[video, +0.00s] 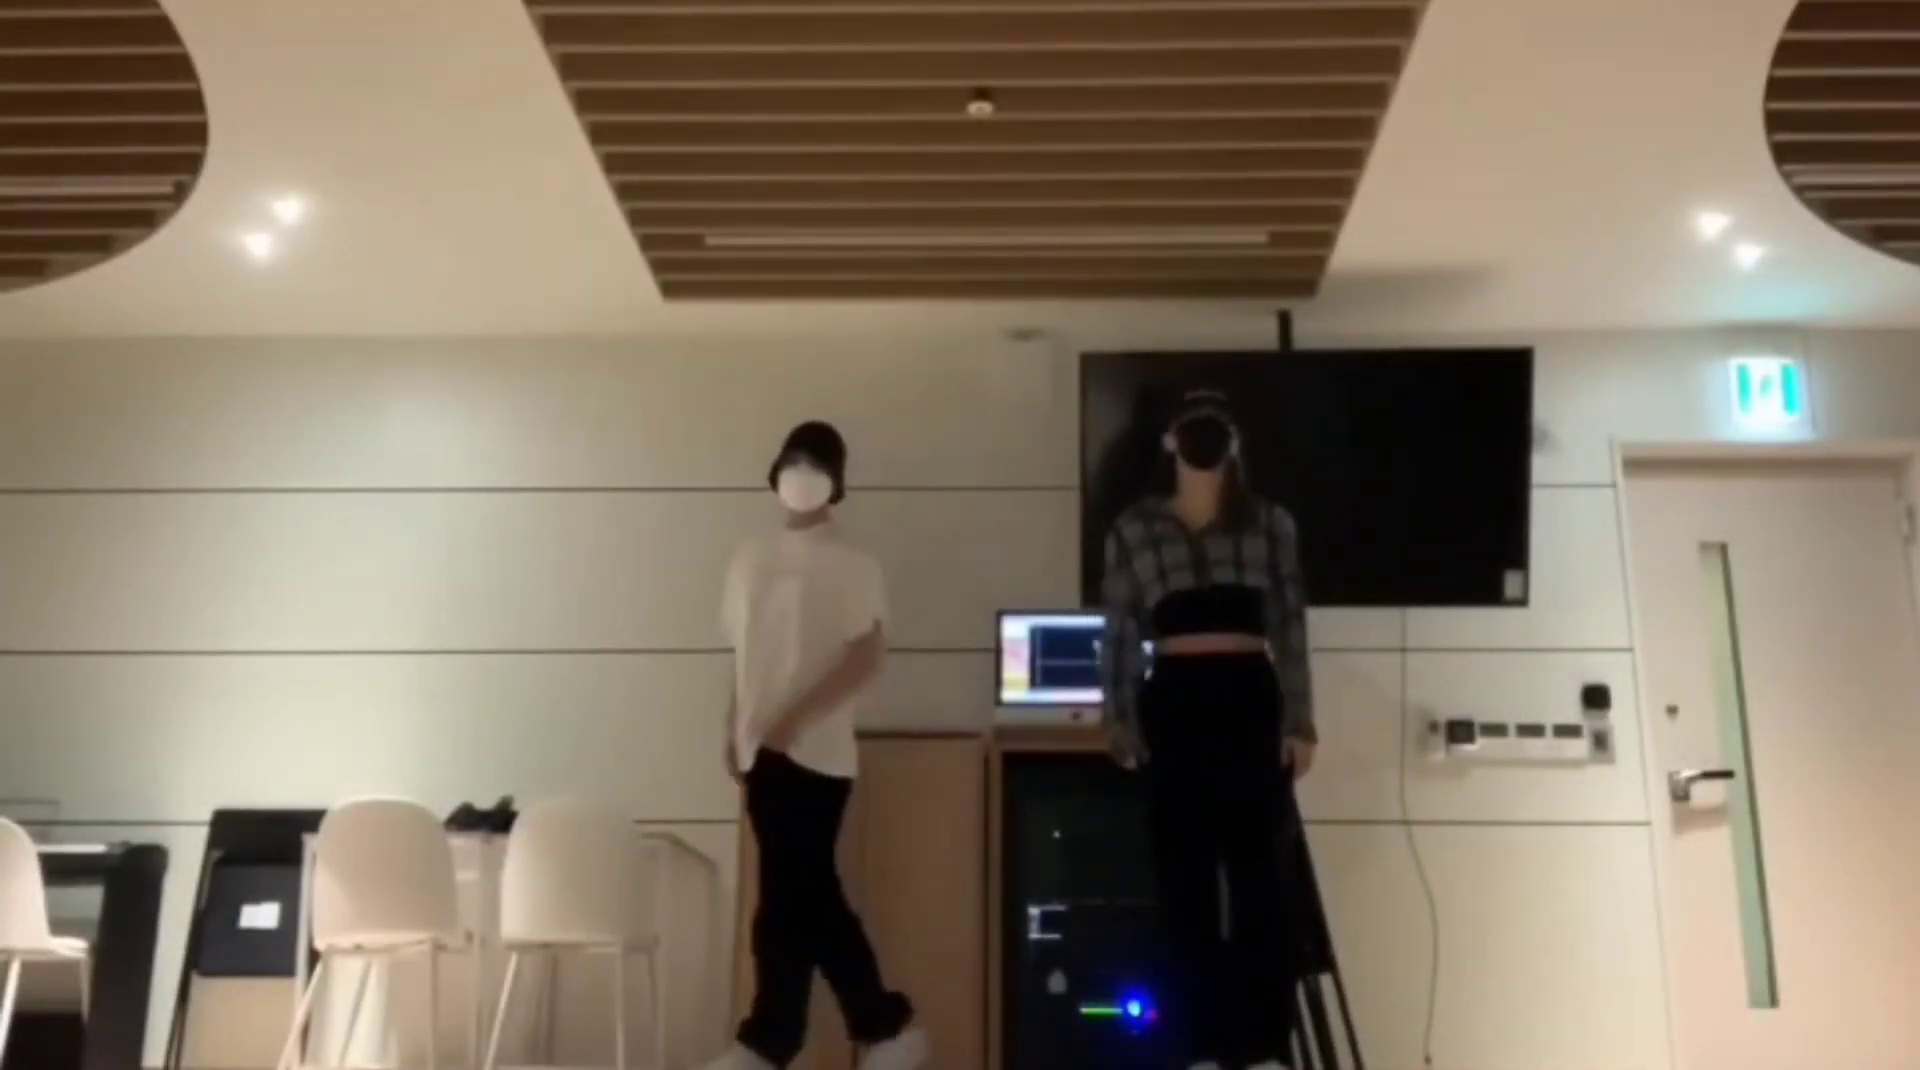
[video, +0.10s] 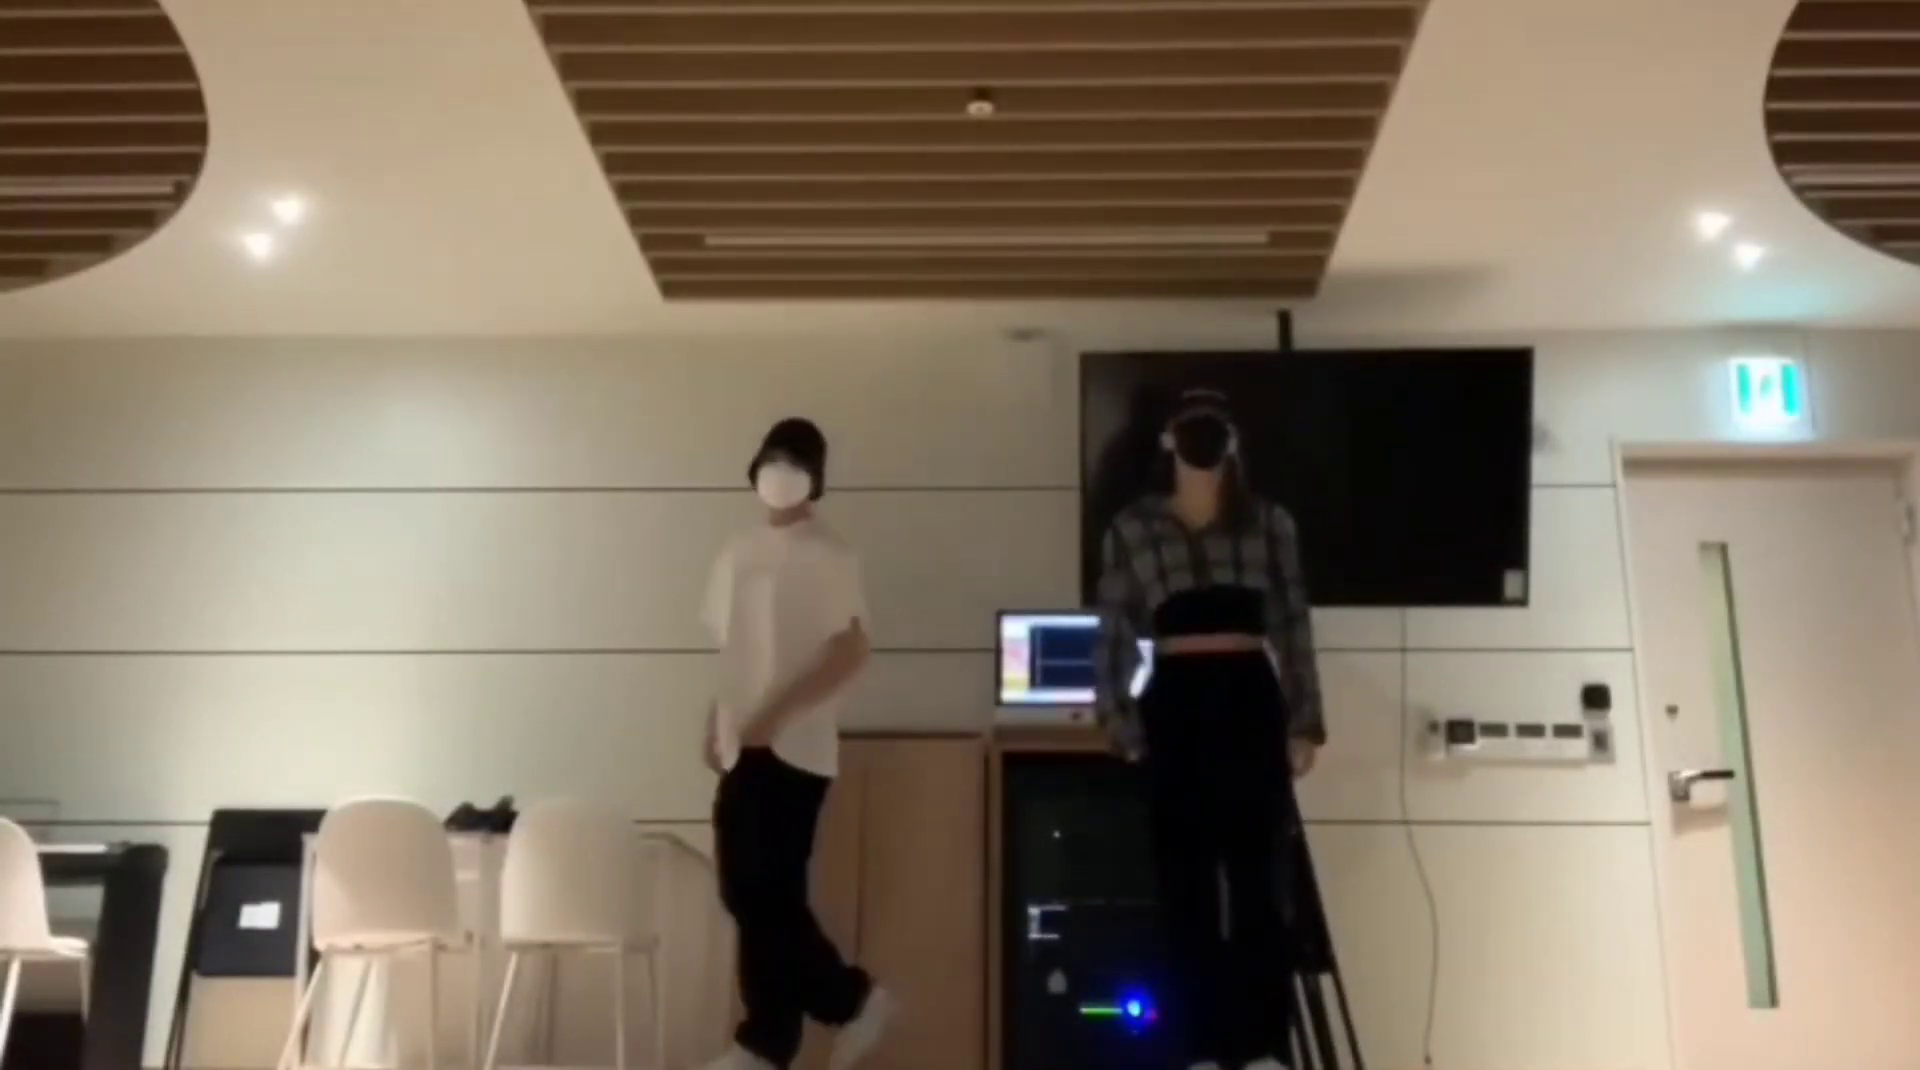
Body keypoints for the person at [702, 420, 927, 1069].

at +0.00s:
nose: (802, 481)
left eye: (816, 470)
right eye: (792, 468)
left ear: (836, 482)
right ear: (775, 475)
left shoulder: (854, 561)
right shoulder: (750, 558)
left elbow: (866, 656)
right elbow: (742, 656)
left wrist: (789, 723)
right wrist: (733, 732)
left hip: (822, 757)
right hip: (761, 753)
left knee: (784, 906)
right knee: (816, 902)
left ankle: (768, 1043)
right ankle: (886, 1029)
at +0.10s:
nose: (780, 478)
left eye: (795, 467)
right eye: (770, 464)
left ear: (815, 478)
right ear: (754, 472)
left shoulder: (831, 556)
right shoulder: (739, 553)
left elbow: (850, 649)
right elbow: (734, 652)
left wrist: (769, 718)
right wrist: (716, 723)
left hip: (800, 750)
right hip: (745, 748)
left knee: (769, 896)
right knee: (745, 893)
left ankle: (767, 1045)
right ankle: (852, 1001)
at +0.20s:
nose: (758, 477)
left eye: (773, 464)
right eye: (747, 465)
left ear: (796, 475)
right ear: (734, 473)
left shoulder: (817, 549)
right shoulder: (728, 552)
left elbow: (839, 640)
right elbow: (728, 652)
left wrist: (765, 711)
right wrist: (704, 721)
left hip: (784, 752)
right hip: (724, 752)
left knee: (766, 892)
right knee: (696, 883)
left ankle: (767, 1042)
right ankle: (788, 994)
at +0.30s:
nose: (741, 476)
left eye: (755, 463)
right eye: (730, 464)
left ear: (778, 473)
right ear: (716, 472)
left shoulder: (804, 551)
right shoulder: (708, 551)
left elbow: (831, 638)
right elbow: (715, 651)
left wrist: (764, 711)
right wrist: (690, 720)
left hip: (768, 760)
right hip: (701, 760)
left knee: (766, 906)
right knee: (668, 889)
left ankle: (764, 1046)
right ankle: (702, 1030)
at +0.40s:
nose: (717, 475)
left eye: (731, 463)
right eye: (708, 463)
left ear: (754, 474)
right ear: (693, 473)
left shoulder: (781, 550)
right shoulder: (680, 560)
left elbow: (817, 637)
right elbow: (671, 649)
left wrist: (761, 708)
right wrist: (658, 713)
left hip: (748, 767)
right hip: (677, 768)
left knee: (761, 917)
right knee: (639, 905)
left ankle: (761, 1049)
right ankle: (611, 1042)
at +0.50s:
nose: (706, 477)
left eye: (720, 465)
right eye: (696, 465)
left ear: (743, 475)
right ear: (682, 474)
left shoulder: (774, 554)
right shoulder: (664, 557)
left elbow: (805, 639)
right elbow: (648, 642)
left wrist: (751, 710)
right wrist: (640, 706)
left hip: (736, 767)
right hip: (661, 767)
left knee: (755, 915)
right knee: (622, 907)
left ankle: (759, 1049)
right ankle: (604, 1046)